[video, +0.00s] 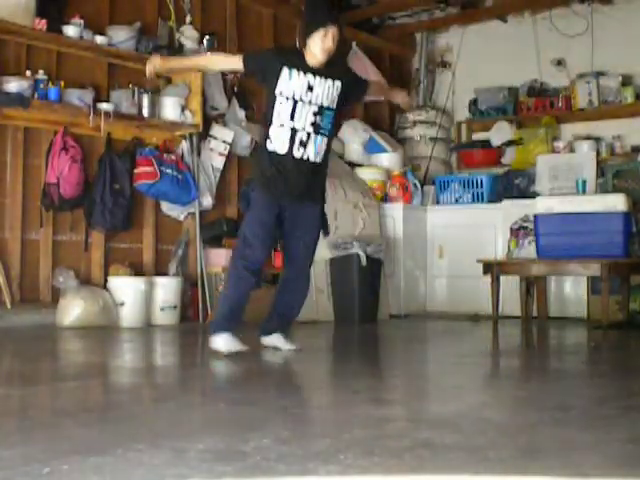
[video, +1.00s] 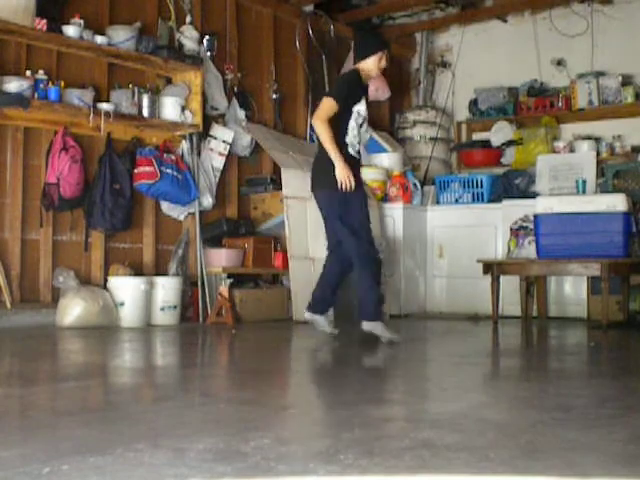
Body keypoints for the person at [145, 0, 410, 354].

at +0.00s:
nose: (329, 42)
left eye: (334, 36)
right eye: (323, 34)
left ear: (338, 40)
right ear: (307, 35)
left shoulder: (344, 79)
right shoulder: (277, 61)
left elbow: (376, 90)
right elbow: (220, 60)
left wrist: (396, 95)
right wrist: (168, 63)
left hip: (309, 186)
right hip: (270, 179)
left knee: (299, 265)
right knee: (251, 255)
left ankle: (275, 331)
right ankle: (222, 330)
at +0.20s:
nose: (328, 44)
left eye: (333, 39)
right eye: (324, 37)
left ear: (336, 39)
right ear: (308, 31)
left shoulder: (336, 70)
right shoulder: (279, 57)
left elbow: (355, 113)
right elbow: (234, 79)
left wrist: (371, 150)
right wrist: (211, 108)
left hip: (315, 177)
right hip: (278, 173)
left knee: (305, 253)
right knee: (265, 246)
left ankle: (291, 318)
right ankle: (252, 310)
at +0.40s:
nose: (331, 74)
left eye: (334, 69)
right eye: (327, 67)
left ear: (334, 70)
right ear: (311, 63)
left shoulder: (323, 96)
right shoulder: (289, 96)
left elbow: (327, 127)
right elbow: (306, 147)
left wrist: (326, 125)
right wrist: (334, 180)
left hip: (314, 195)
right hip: (284, 196)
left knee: (330, 261)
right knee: (281, 266)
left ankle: (330, 318)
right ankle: (267, 325)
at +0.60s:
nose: (348, 71)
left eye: (351, 65)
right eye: (346, 64)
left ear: (345, 65)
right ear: (330, 60)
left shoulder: (335, 91)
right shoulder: (310, 90)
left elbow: (348, 122)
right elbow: (320, 132)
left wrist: (325, 97)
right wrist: (343, 164)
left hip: (330, 187)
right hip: (306, 188)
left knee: (339, 256)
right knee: (303, 253)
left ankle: (322, 316)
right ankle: (270, 315)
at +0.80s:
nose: (366, 82)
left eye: (367, 75)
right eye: (365, 74)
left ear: (352, 74)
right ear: (355, 73)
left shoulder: (343, 105)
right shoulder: (330, 101)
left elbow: (338, 154)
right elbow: (317, 148)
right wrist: (345, 188)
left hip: (334, 188)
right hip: (323, 188)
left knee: (349, 261)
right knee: (345, 261)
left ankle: (322, 321)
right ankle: (303, 312)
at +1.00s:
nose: (384, 65)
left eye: (384, 59)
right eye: (382, 58)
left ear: (366, 57)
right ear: (370, 57)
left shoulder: (357, 86)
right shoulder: (350, 83)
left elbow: (346, 132)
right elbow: (319, 119)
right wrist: (339, 162)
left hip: (334, 178)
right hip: (339, 178)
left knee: (342, 248)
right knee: (363, 247)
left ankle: (317, 309)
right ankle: (371, 317)